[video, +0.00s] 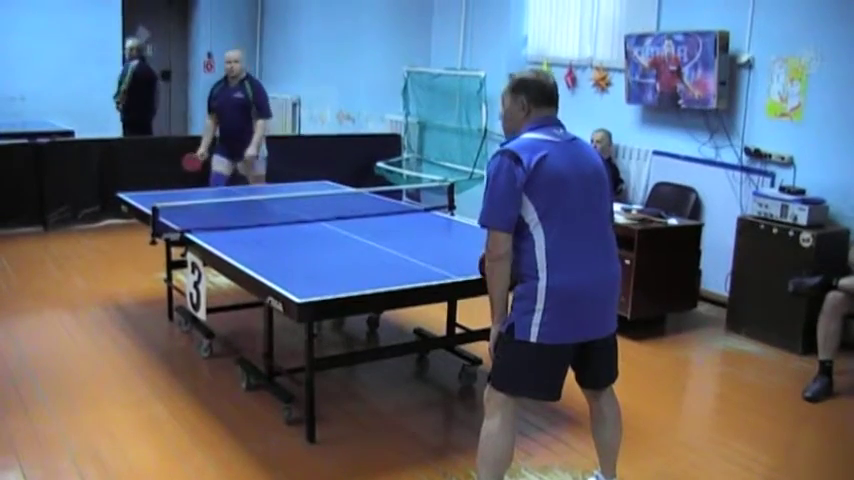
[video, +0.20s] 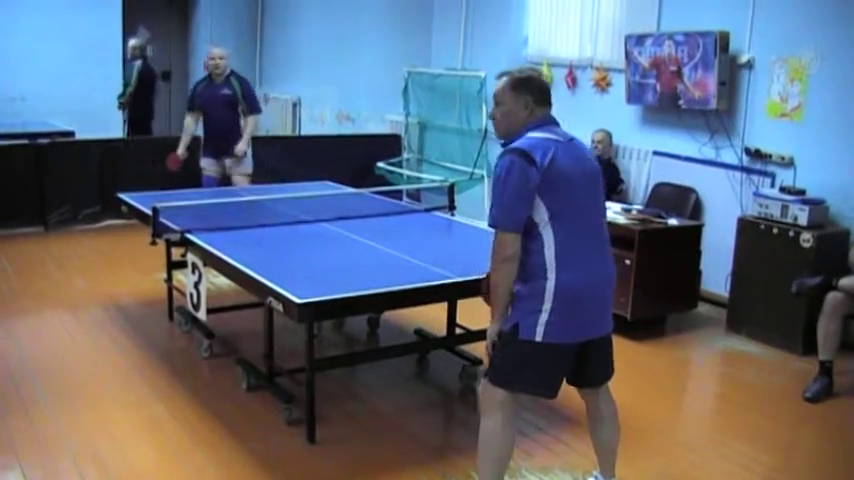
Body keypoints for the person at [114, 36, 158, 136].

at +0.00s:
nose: (126, 53)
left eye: (128, 49)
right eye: (127, 49)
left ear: (133, 51)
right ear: (141, 51)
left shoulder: (130, 67)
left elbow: (124, 87)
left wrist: (118, 100)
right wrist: (151, 113)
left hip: (131, 113)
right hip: (146, 113)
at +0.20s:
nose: (130, 52)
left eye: (133, 49)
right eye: (130, 49)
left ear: (139, 50)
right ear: (142, 51)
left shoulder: (137, 66)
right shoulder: (149, 68)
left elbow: (133, 87)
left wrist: (124, 100)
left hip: (136, 111)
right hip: (145, 111)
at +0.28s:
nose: (131, 52)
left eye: (135, 49)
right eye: (131, 49)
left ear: (141, 50)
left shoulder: (141, 66)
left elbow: (137, 88)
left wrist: (125, 101)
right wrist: (124, 98)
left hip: (139, 112)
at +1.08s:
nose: (133, 54)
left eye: (137, 51)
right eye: (133, 50)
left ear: (144, 53)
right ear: (132, 52)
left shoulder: (145, 71)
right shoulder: (133, 70)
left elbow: (134, 92)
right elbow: (124, 82)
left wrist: (124, 89)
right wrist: (125, 87)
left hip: (144, 115)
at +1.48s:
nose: (129, 57)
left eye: (133, 54)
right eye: (129, 54)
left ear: (141, 56)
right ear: (128, 55)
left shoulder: (145, 74)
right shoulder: (128, 73)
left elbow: (136, 94)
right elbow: (115, 91)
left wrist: (121, 90)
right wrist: (129, 91)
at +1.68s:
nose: (130, 62)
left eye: (133, 58)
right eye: (128, 58)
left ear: (138, 59)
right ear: (123, 60)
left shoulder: (143, 78)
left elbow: (145, 94)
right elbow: (110, 96)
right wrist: (126, 94)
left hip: (139, 118)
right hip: (122, 118)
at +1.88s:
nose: (117, 59)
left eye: (120, 55)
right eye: (114, 56)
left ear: (126, 57)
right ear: (111, 58)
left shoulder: (133, 76)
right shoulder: (107, 77)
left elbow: (134, 94)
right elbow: (101, 95)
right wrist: (119, 93)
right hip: (112, 121)